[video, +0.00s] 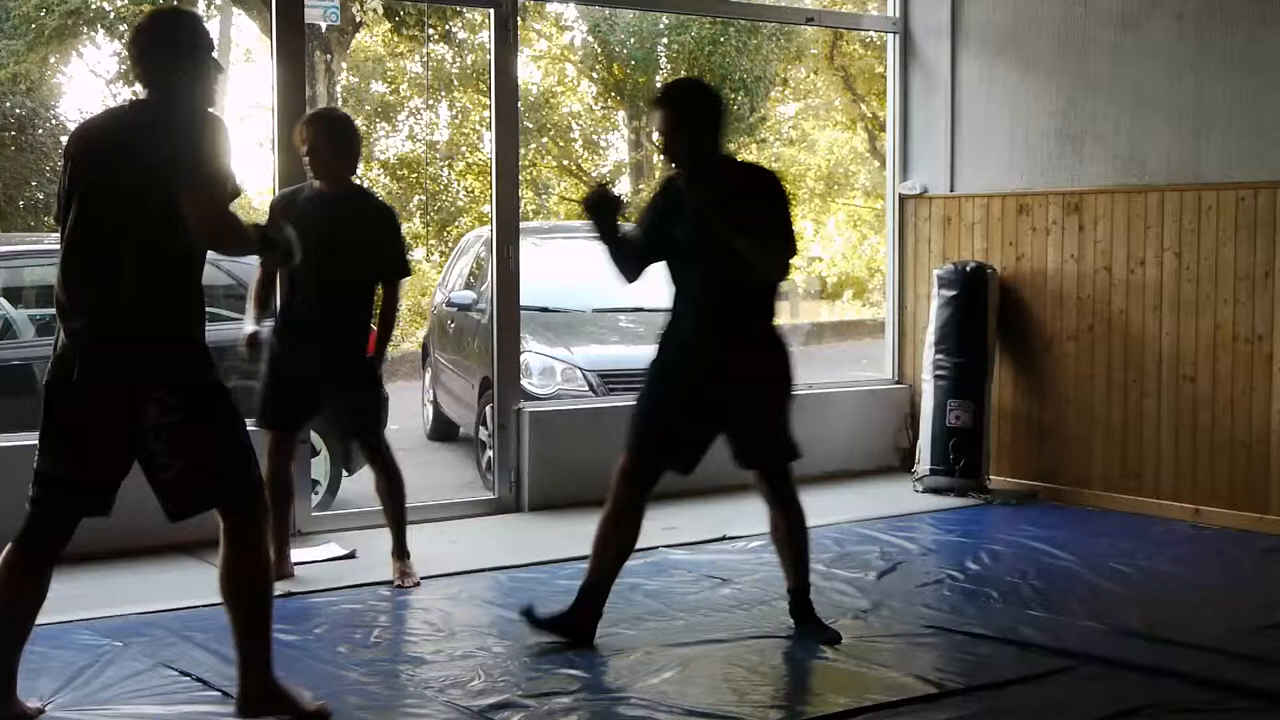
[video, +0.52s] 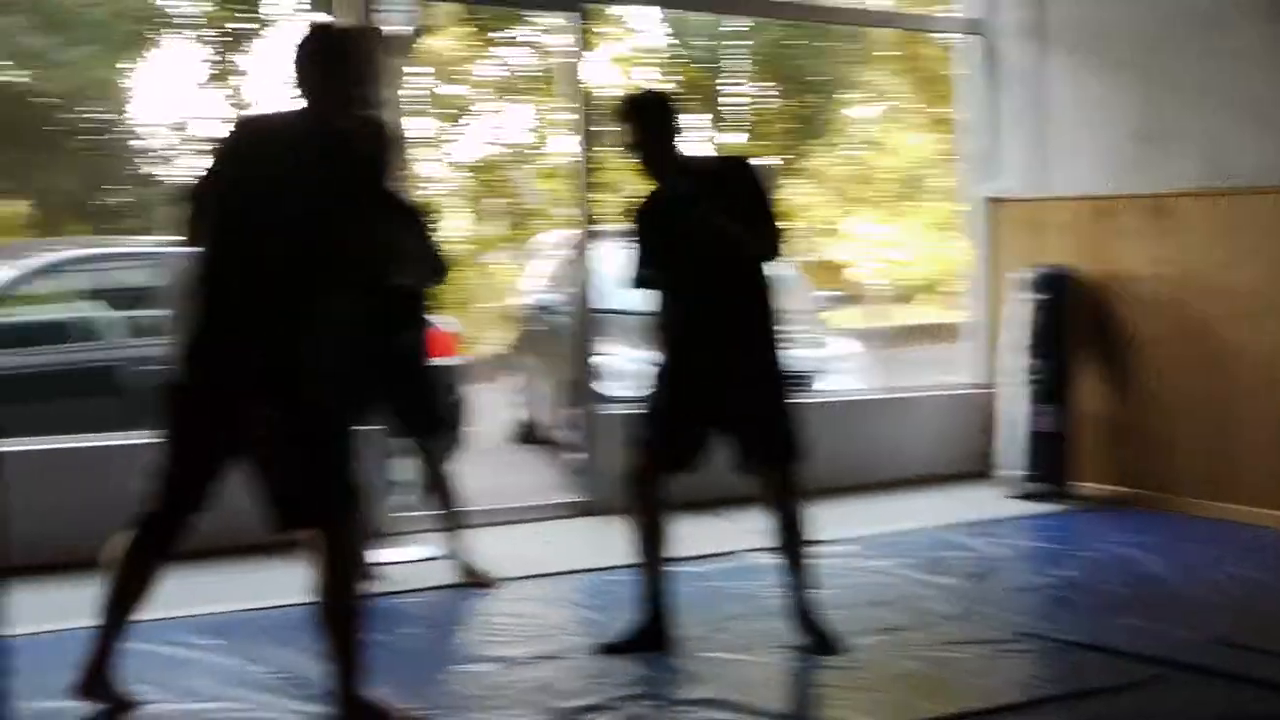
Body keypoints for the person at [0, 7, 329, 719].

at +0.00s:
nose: (215, 75)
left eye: (211, 63)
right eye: (210, 63)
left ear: (140, 64)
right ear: (197, 65)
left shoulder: (86, 135)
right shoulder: (198, 127)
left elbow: (69, 245)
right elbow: (213, 227)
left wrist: (80, 336)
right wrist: (265, 240)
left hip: (83, 361)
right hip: (170, 359)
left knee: (41, 532)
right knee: (245, 508)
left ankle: (2, 691)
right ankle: (257, 684)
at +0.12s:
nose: (212, 65)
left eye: (206, 52)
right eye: (203, 54)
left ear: (135, 66)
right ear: (186, 62)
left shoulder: (88, 135)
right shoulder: (204, 128)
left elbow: (75, 246)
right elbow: (232, 223)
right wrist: (280, 238)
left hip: (88, 366)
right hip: (175, 365)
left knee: (41, 538)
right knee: (241, 524)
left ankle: (1, 692)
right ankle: (256, 692)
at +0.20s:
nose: (216, 68)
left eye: (210, 56)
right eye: (210, 57)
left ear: (140, 68)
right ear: (198, 62)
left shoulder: (99, 137)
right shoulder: (218, 132)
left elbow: (79, 223)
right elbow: (257, 235)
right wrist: (305, 221)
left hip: (93, 368)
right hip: (181, 368)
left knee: (45, 540)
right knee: (246, 529)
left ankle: (3, 693)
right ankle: (256, 694)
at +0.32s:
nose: (246, 63)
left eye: (240, 52)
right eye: (237, 53)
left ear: (173, 68)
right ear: (216, 64)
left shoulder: (126, 136)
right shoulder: (254, 141)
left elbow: (93, 241)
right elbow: (277, 251)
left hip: (106, 362)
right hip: (196, 365)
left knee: (59, 532)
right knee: (250, 528)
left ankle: (6, 689)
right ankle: (256, 695)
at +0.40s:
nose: (268, 77)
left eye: (263, 64)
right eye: (260, 66)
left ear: (196, 73)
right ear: (245, 71)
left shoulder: (149, 138)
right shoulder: (270, 151)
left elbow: (99, 232)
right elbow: (304, 258)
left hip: (121, 367)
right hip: (209, 370)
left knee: (73, 527)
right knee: (254, 529)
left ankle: (13, 688)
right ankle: (262, 696)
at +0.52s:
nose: (368, 92)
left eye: (360, 77)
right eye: (365, 79)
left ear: (305, 75)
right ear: (356, 80)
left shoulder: (250, 138)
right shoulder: (360, 147)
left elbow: (200, 222)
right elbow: (386, 261)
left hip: (218, 372)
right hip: (308, 381)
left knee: (169, 512)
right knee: (340, 529)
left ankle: (97, 667)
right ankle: (350, 691)